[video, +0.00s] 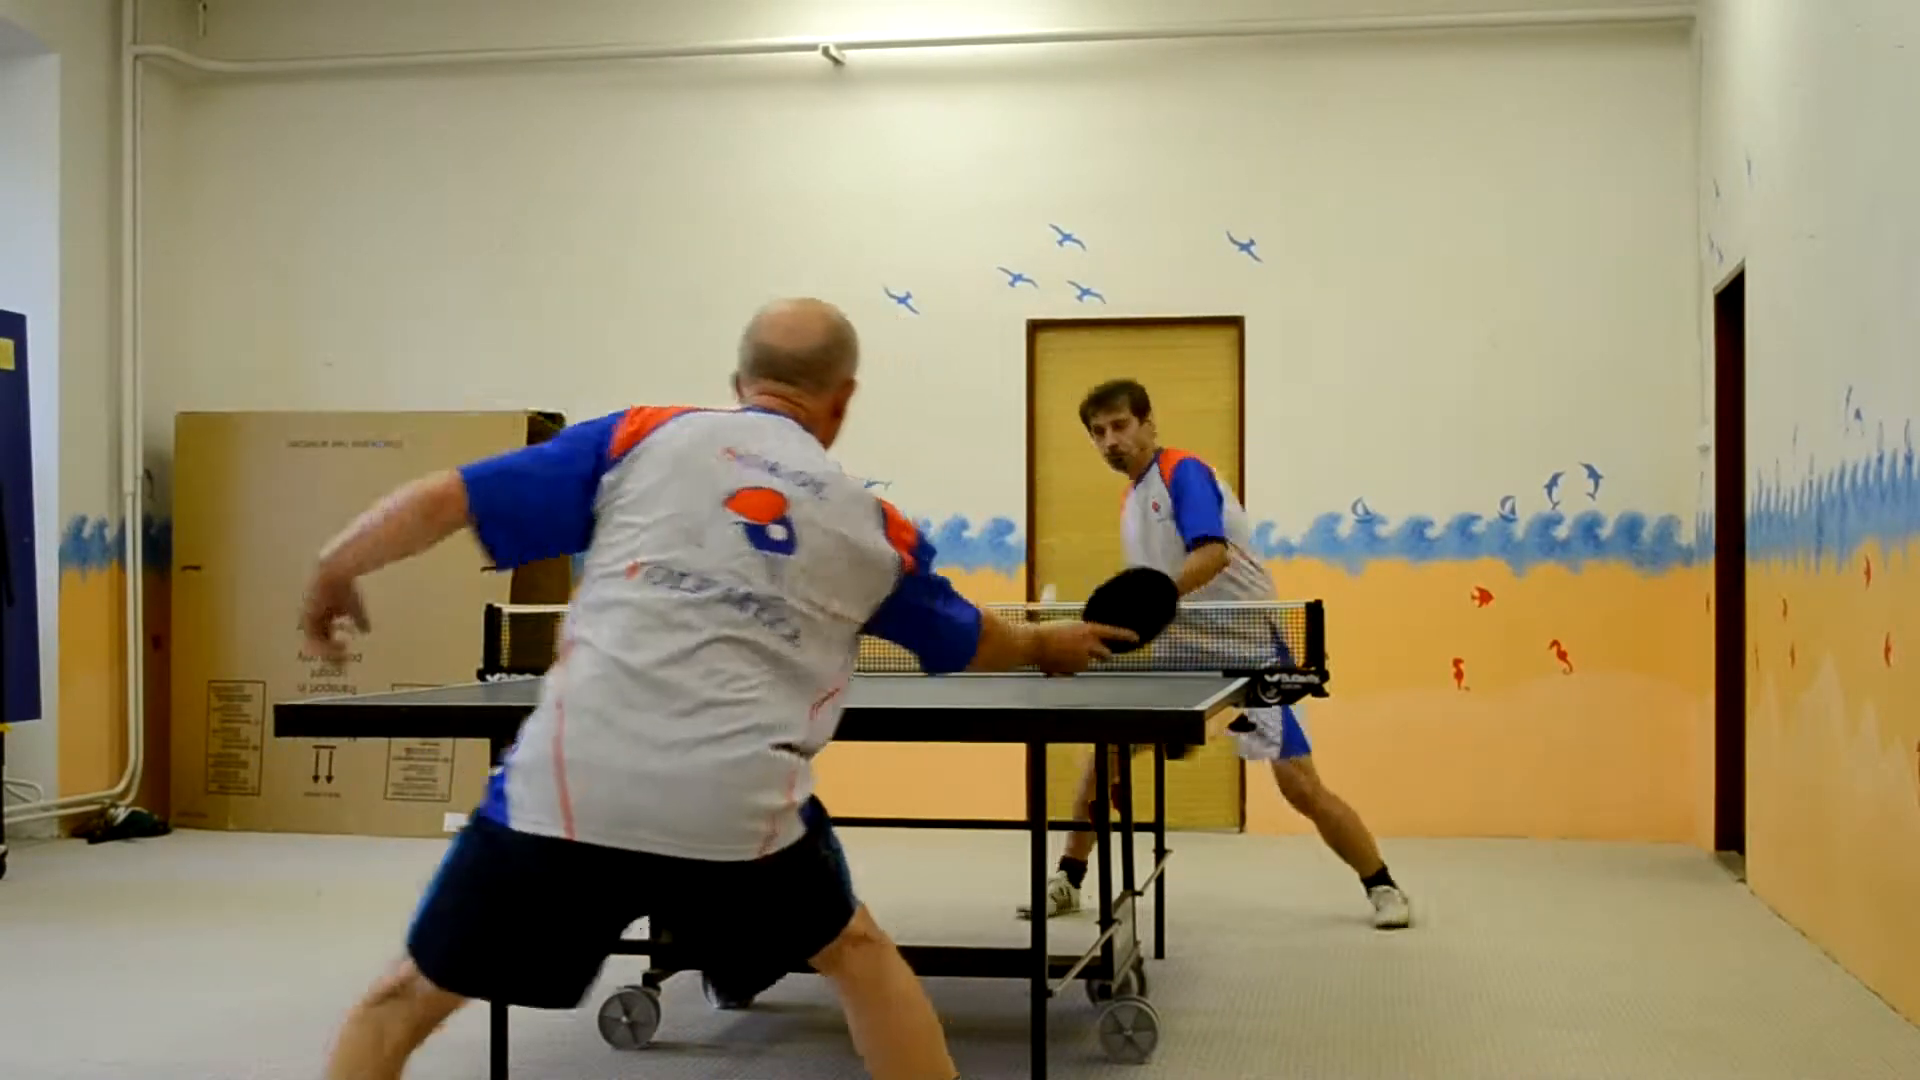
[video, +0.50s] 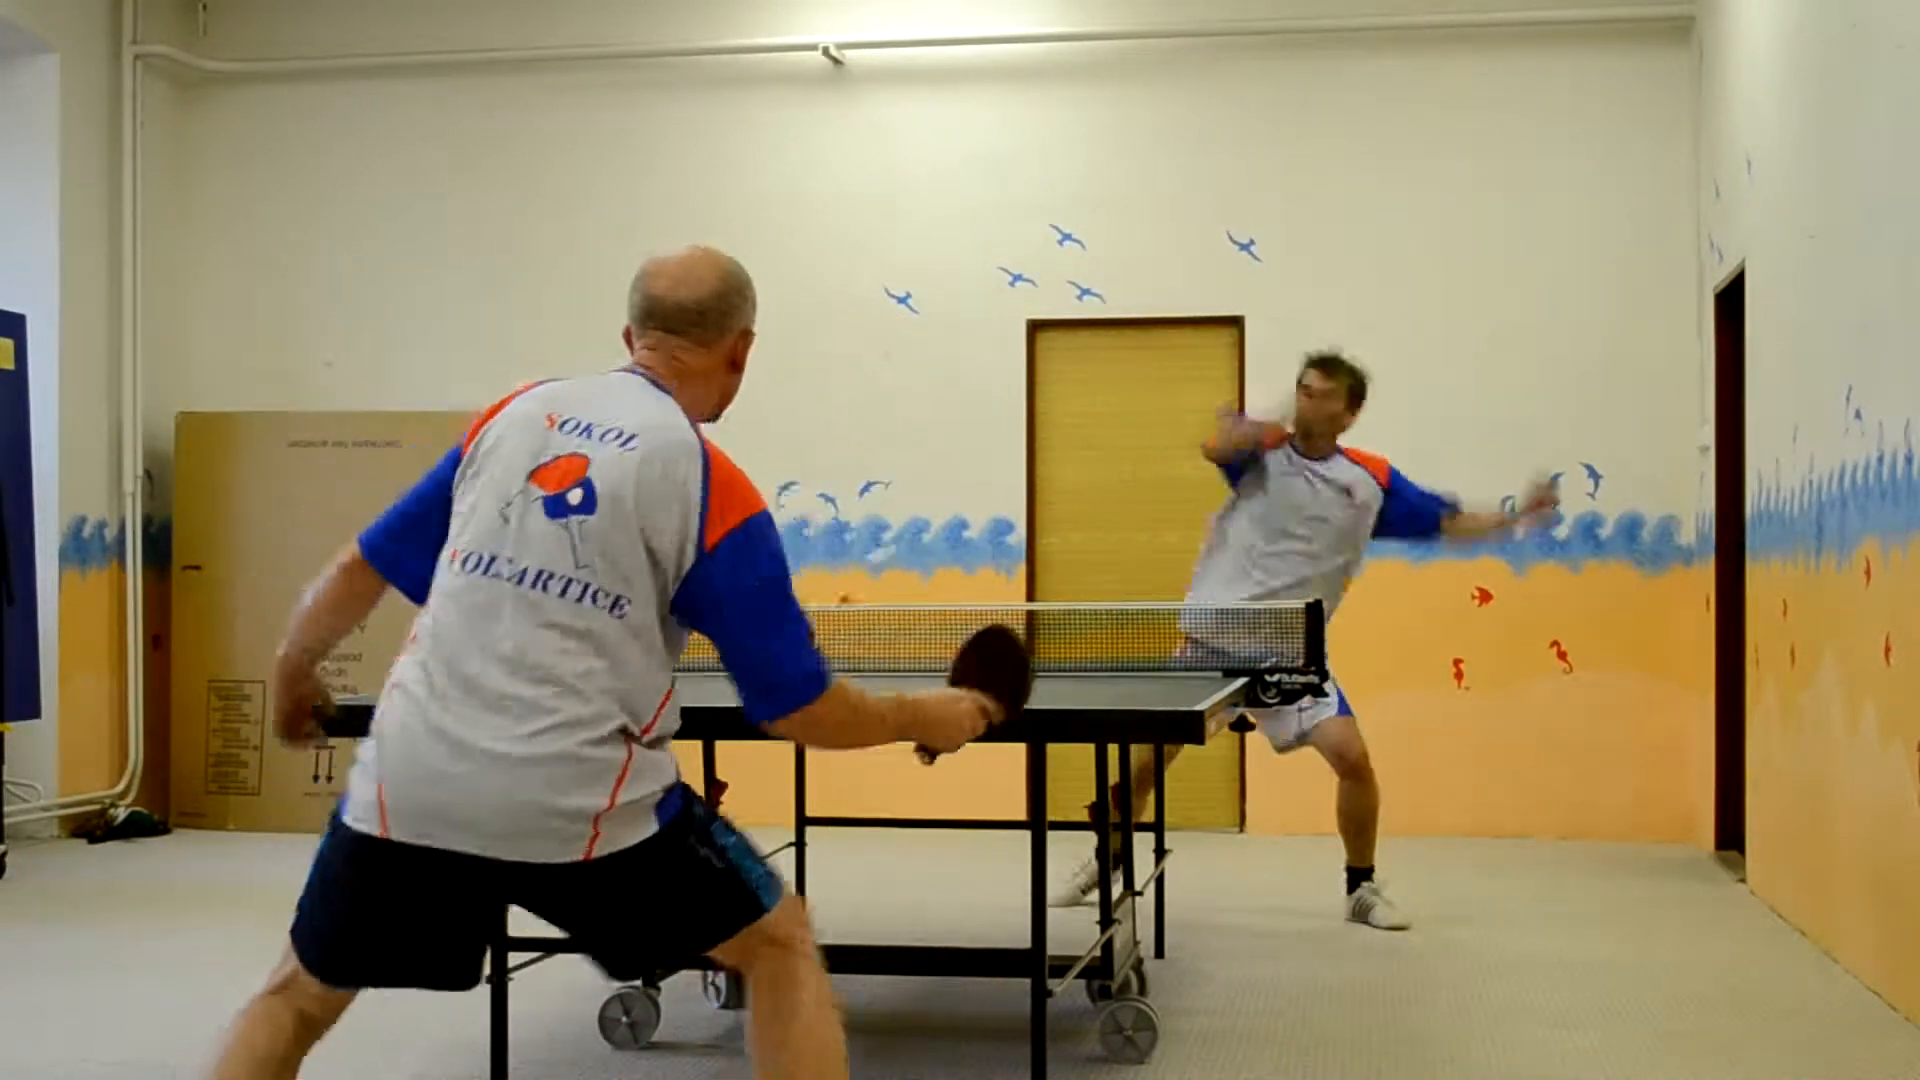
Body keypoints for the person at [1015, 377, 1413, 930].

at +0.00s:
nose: (1110, 441)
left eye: (1118, 427)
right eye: (1099, 433)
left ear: (1146, 424)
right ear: (1093, 440)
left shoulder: (1185, 473)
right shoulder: (1132, 501)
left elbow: (1210, 555)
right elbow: (1149, 576)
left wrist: (1147, 602)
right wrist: (1111, 620)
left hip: (1249, 654)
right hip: (1183, 656)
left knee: (1302, 789)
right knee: (1105, 754)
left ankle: (1381, 886)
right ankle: (1065, 881)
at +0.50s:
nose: (1305, 404)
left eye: (1320, 396)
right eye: (1303, 393)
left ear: (1349, 410)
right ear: (1296, 398)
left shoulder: (1371, 482)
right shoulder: (1265, 452)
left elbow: (1442, 520)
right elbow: (1221, 454)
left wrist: (1513, 519)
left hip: (1293, 657)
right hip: (1213, 646)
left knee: (1353, 760)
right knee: (1149, 759)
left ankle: (1361, 890)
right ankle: (1102, 862)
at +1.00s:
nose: (1269, 391)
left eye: (1282, 381)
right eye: (1260, 381)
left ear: (1305, 391)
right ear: (1248, 388)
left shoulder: (1329, 464)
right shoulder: (1212, 460)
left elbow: (1338, 552)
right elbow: (1179, 554)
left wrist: (1340, 628)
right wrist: (1252, 604)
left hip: (1295, 641)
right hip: (1217, 638)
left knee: (1346, 747)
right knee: (1151, 750)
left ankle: (1363, 887)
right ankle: (1101, 868)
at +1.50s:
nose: (1218, 368)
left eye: (1230, 356)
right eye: (1213, 359)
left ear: (1268, 360)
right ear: (1214, 366)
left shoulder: (1316, 428)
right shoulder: (1204, 440)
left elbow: (1359, 512)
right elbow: (1182, 535)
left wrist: (1363, 588)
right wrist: (1155, 610)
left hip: (1301, 616)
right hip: (1225, 618)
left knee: (1317, 750)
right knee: (1158, 729)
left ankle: (1355, 879)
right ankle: (1136, 864)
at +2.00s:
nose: (1115, 357)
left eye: (1126, 345)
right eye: (1111, 347)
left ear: (1164, 348)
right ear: (1116, 354)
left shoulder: (1206, 413)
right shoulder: (1119, 430)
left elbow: (1212, 513)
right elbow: (1120, 534)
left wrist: (1155, 592)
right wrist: (1111, 616)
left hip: (1208, 615)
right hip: (1142, 620)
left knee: (1255, 736)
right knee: (1127, 744)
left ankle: (1308, 874)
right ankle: (1144, 877)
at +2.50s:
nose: (1116, 346)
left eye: (1127, 334)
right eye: (1105, 336)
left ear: (1149, 340)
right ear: (1094, 345)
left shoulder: (1193, 407)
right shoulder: (1076, 424)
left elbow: (1234, 498)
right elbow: (1075, 524)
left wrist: (1230, 583)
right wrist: (1085, 605)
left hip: (1186, 610)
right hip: (1114, 615)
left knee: (1185, 741)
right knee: (1120, 747)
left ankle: (1182, 872)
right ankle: (1143, 871)